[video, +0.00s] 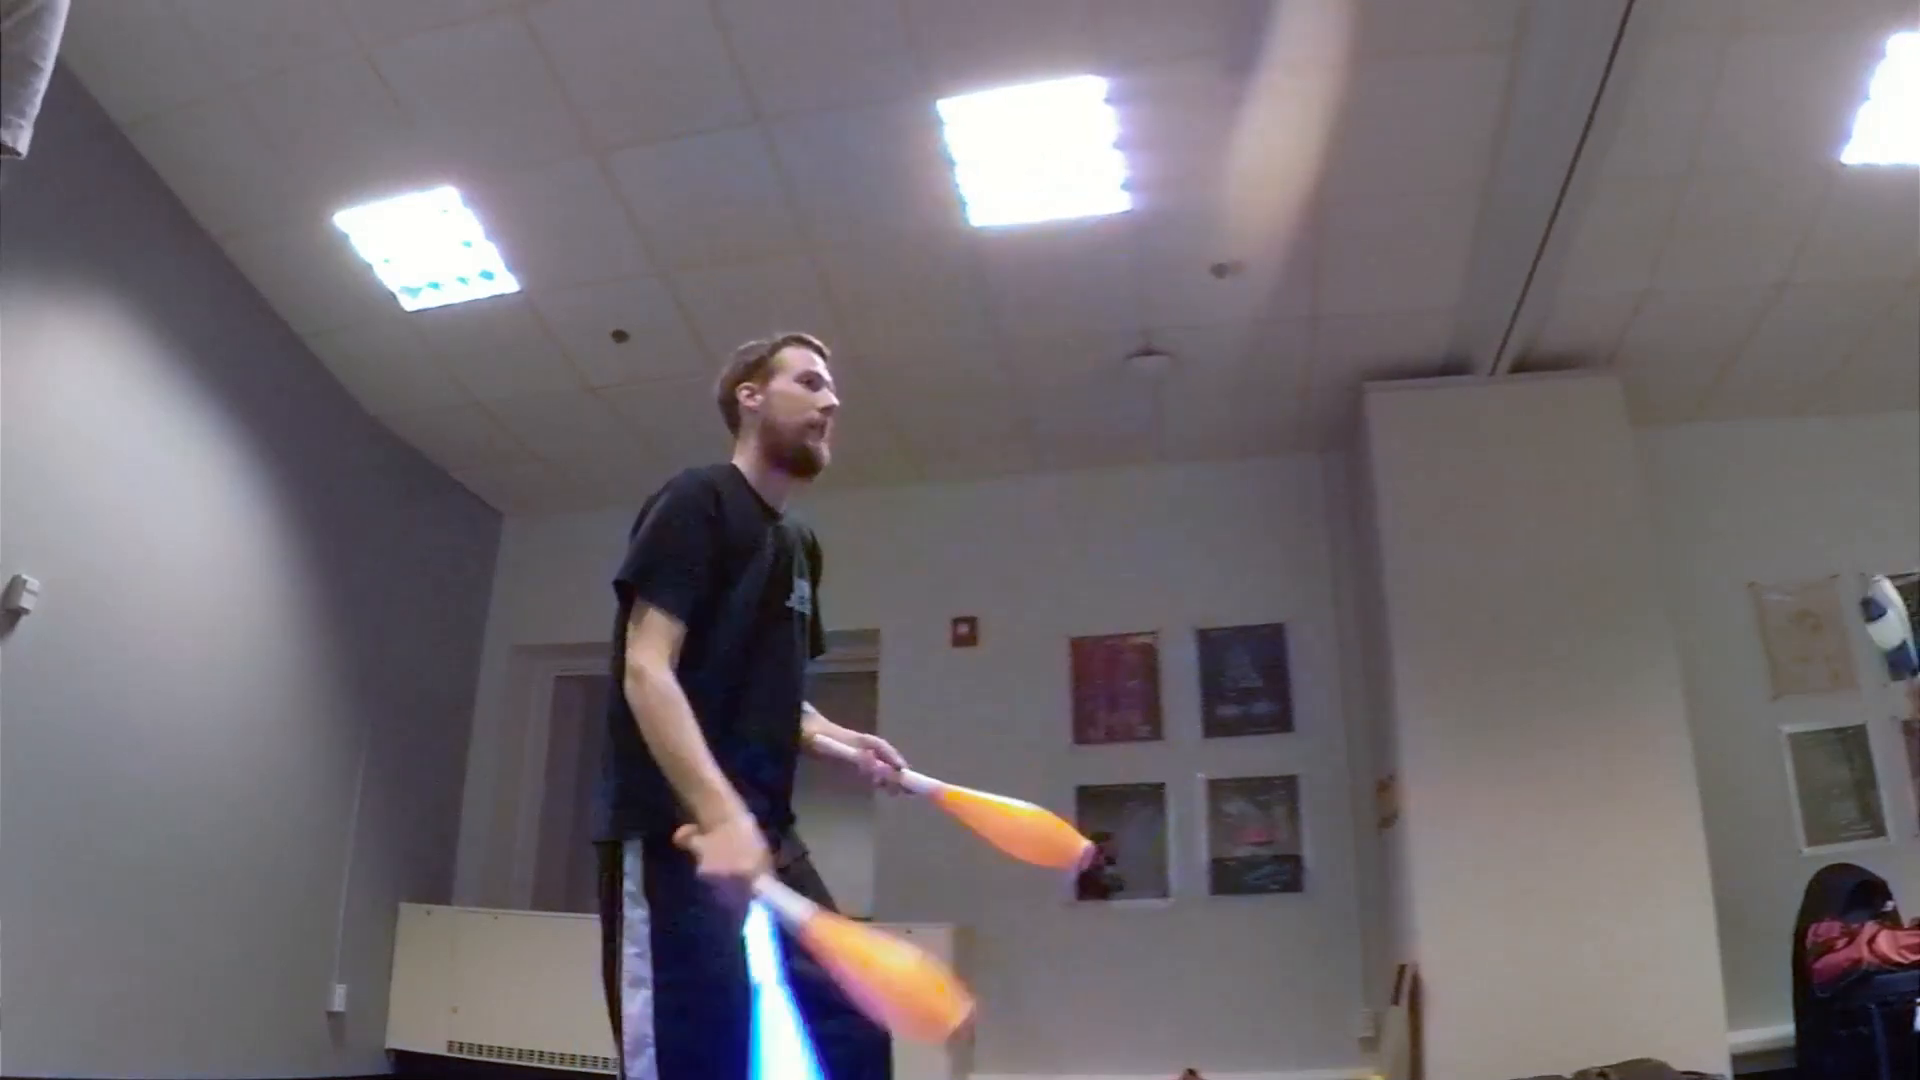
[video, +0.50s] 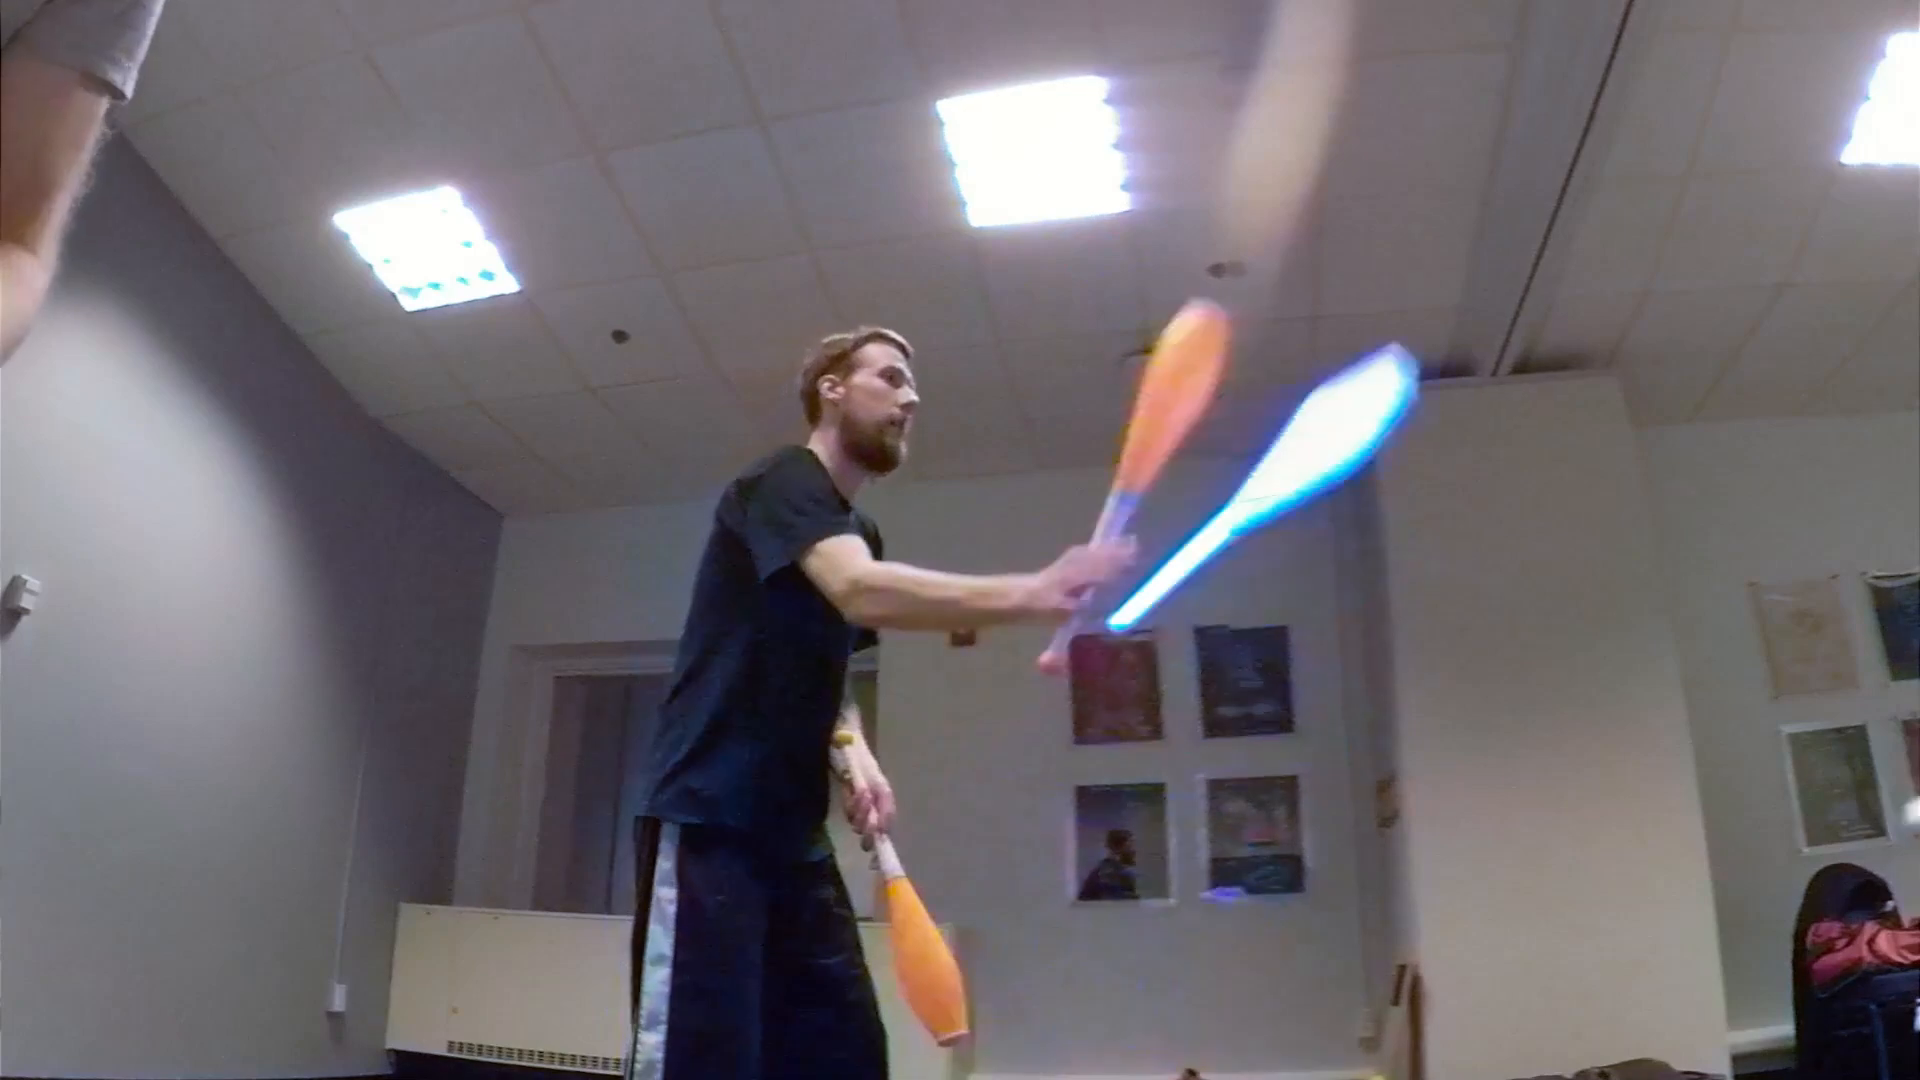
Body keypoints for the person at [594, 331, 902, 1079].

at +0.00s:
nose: (831, 399)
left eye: (832, 389)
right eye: (809, 381)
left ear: (831, 413)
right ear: (748, 397)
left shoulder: (798, 545)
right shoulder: (697, 499)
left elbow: (761, 696)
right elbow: (645, 668)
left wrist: (843, 746)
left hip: (762, 838)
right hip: (671, 841)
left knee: (854, 1040)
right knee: (690, 1060)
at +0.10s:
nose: (849, 415)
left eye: (850, 404)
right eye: (828, 395)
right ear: (766, 411)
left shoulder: (808, 555)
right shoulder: (708, 523)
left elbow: (765, 707)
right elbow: (639, 695)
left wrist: (837, 765)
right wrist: (658, 867)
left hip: (765, 857)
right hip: (679, 859)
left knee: (858, 1044)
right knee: (724, 1064)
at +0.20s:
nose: (869, 420)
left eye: (869, 407)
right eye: (848, 401)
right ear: (786, 418)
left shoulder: (821, 561)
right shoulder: (724, 531)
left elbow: (776, 707)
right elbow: (659, 715)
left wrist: (835, 778)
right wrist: (686, 882)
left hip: (769, 859)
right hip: (685, 864)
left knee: (861, 1044)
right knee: (708, 1066)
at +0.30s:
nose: (887, 415)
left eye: (889, 404)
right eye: (866, 395)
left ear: (882, 434)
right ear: (804, 411)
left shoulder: (836, 556)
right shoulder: (750, 515)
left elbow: (792, 690)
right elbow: (717, 690)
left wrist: (832, 769)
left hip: (771, 859)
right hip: (685, 855)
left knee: (804, 1062)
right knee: (707, 1063)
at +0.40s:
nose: (901, 405)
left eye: (903, 394)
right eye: (880, 386)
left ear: (894, 423)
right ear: (820, 400)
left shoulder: (851, 545)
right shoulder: (767, 498)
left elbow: (817, 681)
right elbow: (794, 649)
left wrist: (843, 764)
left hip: (780, 833)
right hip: (693, 828)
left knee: (845, 1047)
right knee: (704, 1058)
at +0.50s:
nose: (910, 396)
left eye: (912, 386)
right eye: (889, 377)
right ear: (830, 391)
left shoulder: (848, 536)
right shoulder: (781, 481)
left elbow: (817, 678)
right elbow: (857, 588)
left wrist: (855, 758)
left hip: (788, 829)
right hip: (704, 821)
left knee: (842, 1050)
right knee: (698, 1055)